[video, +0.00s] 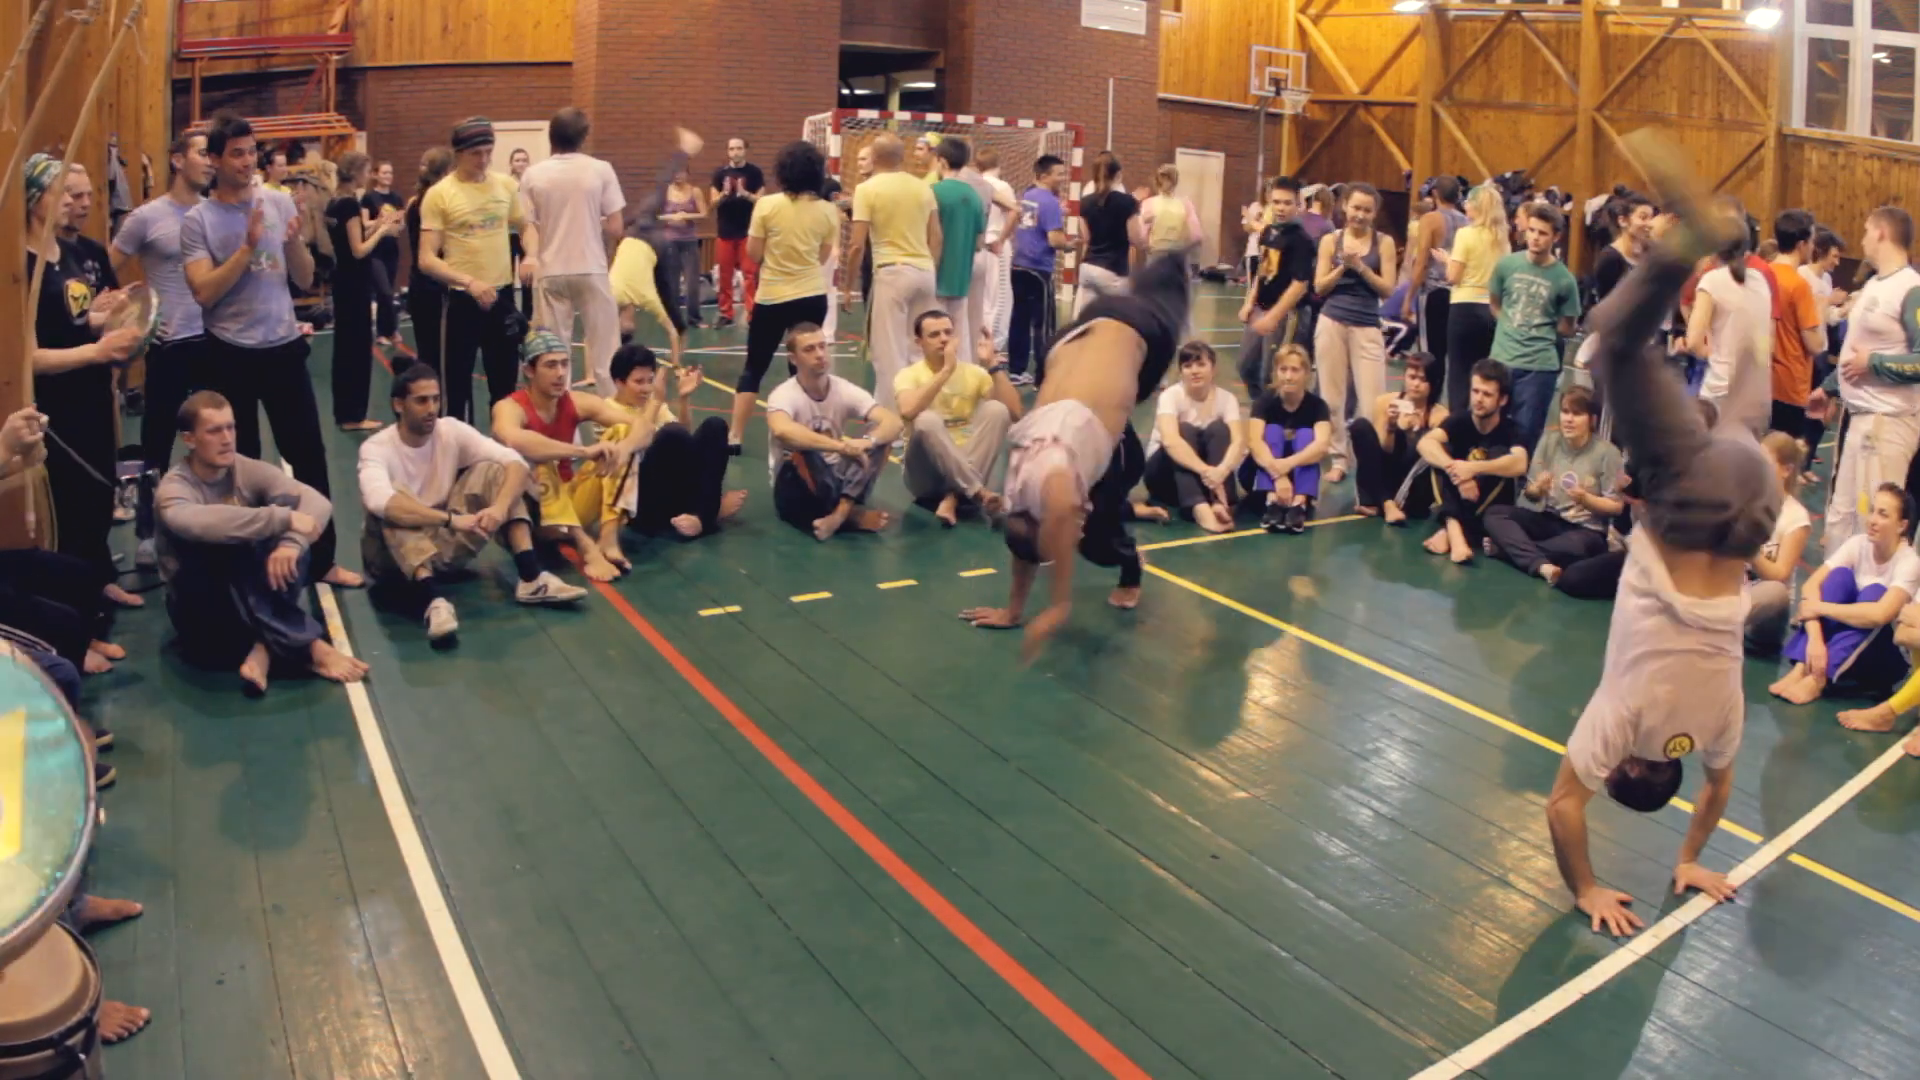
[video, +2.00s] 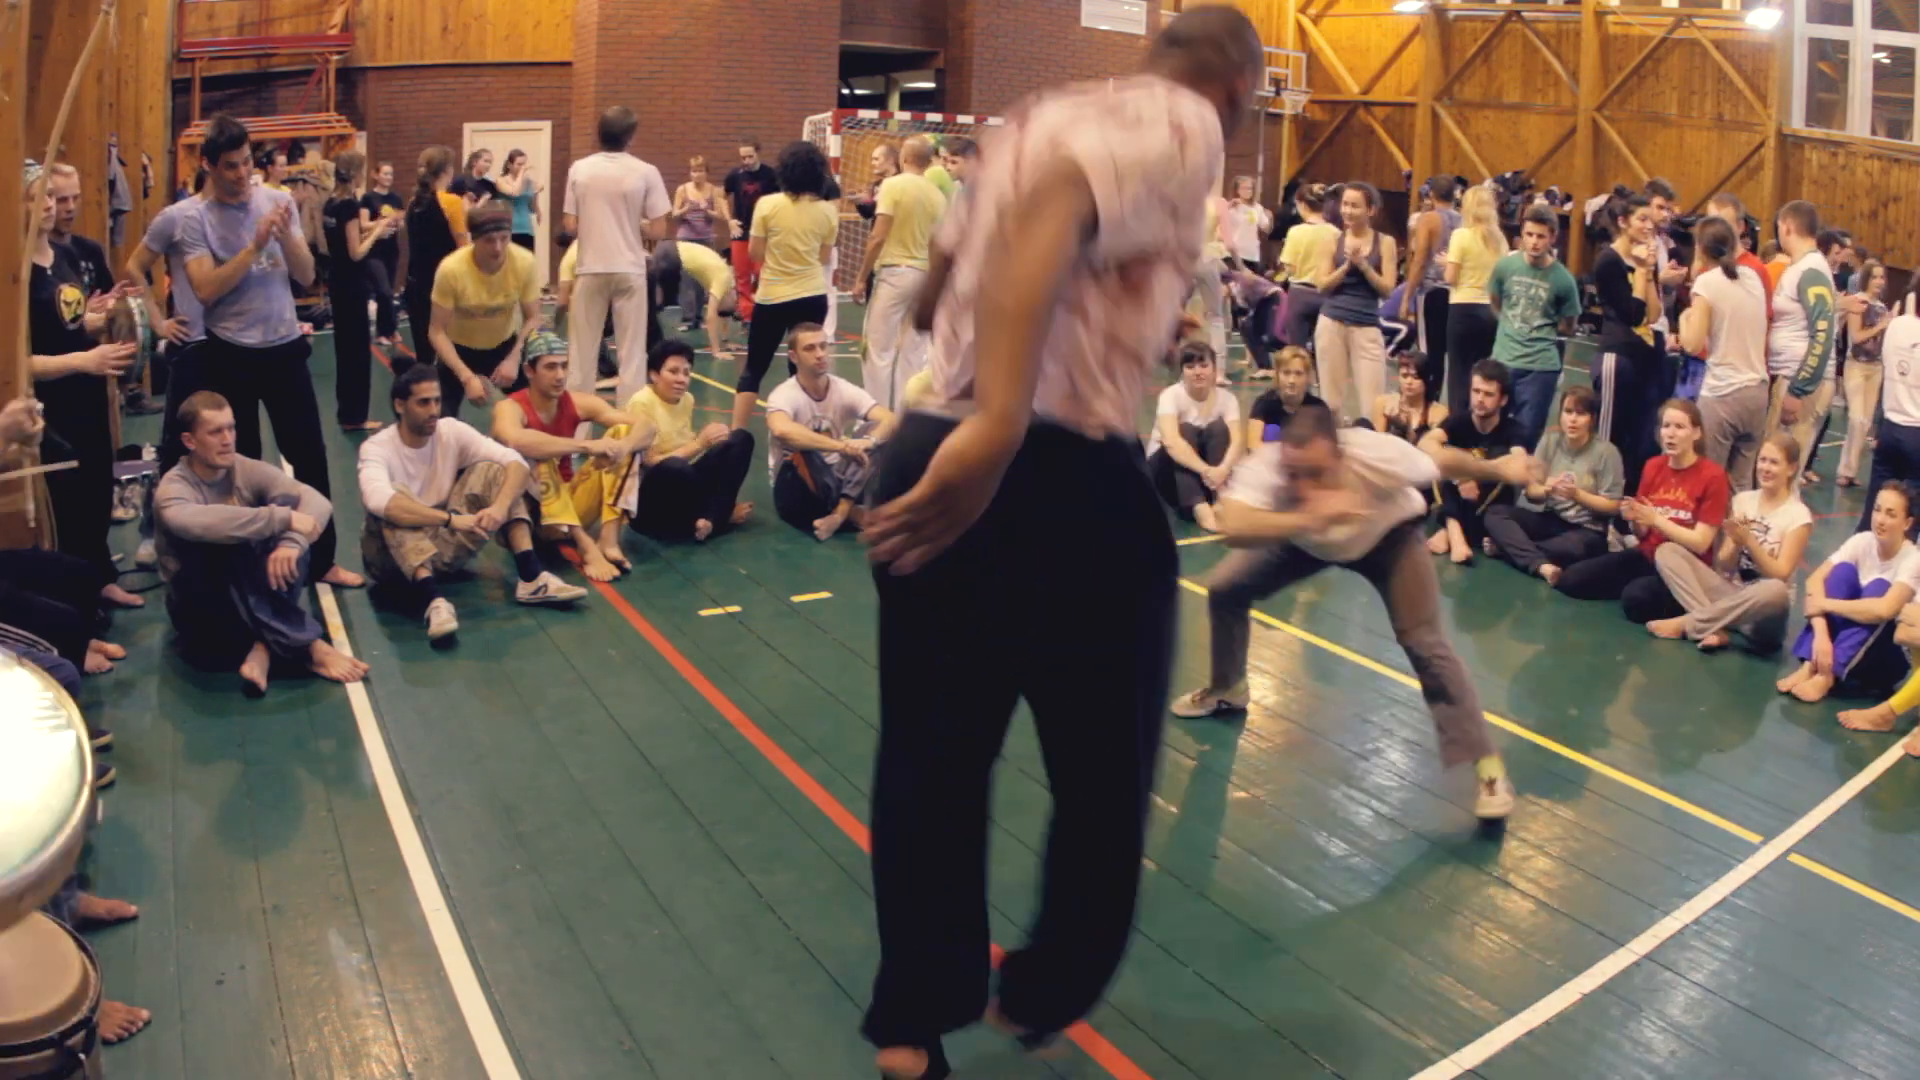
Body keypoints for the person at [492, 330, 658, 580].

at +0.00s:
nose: (560, 373)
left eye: (564, 364)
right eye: (550, 366)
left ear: (570, 366)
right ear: (529, 370)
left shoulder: (579, 402)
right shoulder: (509, 408)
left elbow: (644, 426)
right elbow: (514, 441)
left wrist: (625, 447)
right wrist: (582, 451)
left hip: (575, 506)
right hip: (529, 513)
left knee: (623, 432)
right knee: (541, 465)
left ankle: (609, 537)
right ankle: (586, 545)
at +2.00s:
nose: (560, 375)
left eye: (564, 366)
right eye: (550, 367)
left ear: (569, 367)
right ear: (530, 370)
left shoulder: (581, 403)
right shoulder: (510, 408)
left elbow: (646, 427)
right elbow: (516, 441)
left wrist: (624, 446)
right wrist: (586, 445)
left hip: (572, 508)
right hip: (527, 514)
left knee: (621, 446)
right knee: (541, 464)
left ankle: (609, 538)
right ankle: (587, 546)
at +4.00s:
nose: (562, 381)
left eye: (567, 373)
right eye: (553, 373)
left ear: (573, 372)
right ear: (532, 373)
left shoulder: (580, 404)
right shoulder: (511, 407)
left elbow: (645, 428)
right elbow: (513, 439)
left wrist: (623, 449)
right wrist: (586, 448)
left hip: (572, 505)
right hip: (528, 511)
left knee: (623, 432)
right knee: (542, 465)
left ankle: (609, 537)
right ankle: (587, 546)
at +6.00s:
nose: (564, 380)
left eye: (568, 371)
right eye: (555, 372)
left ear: (573, 371)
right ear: (532, 373)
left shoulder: (579, 402)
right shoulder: (509, 408)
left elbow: (645, 428)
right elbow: (509, 439)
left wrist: (625, 451)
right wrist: (582, 452)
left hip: (571, 504)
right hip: (527, 510)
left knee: (624, 432)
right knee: (540, 466)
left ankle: (609, 536)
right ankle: (586, 546)